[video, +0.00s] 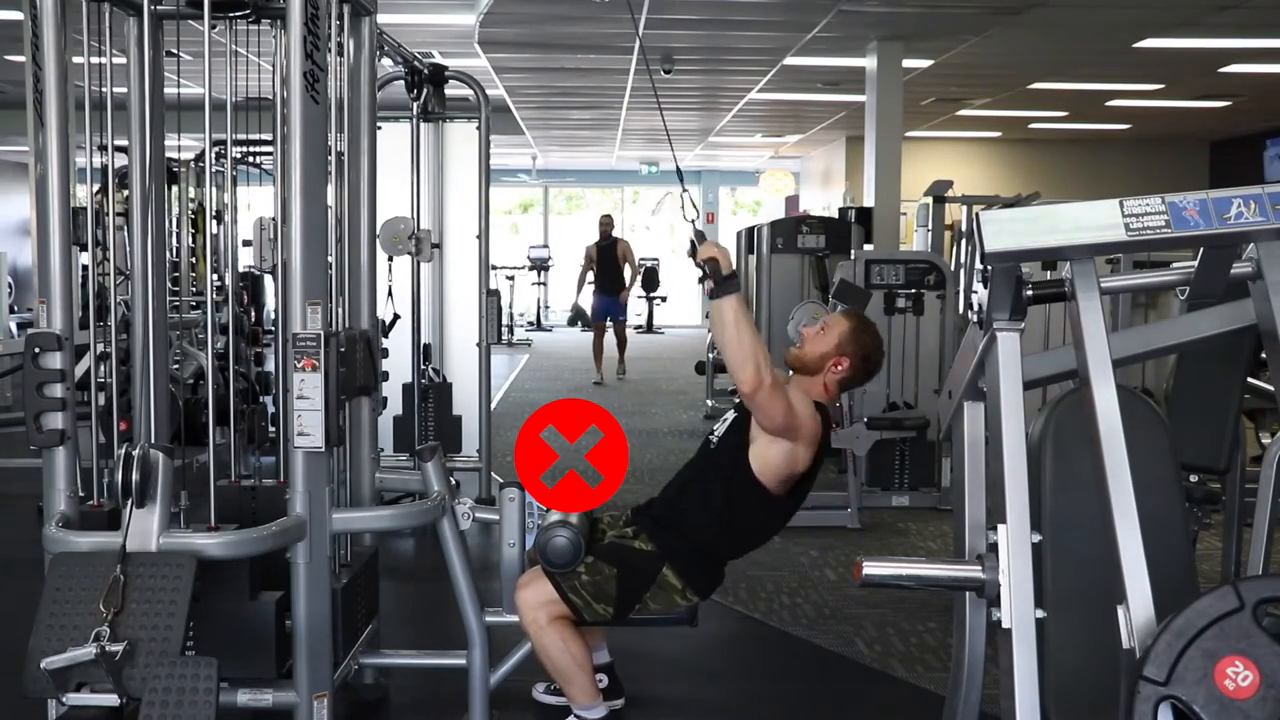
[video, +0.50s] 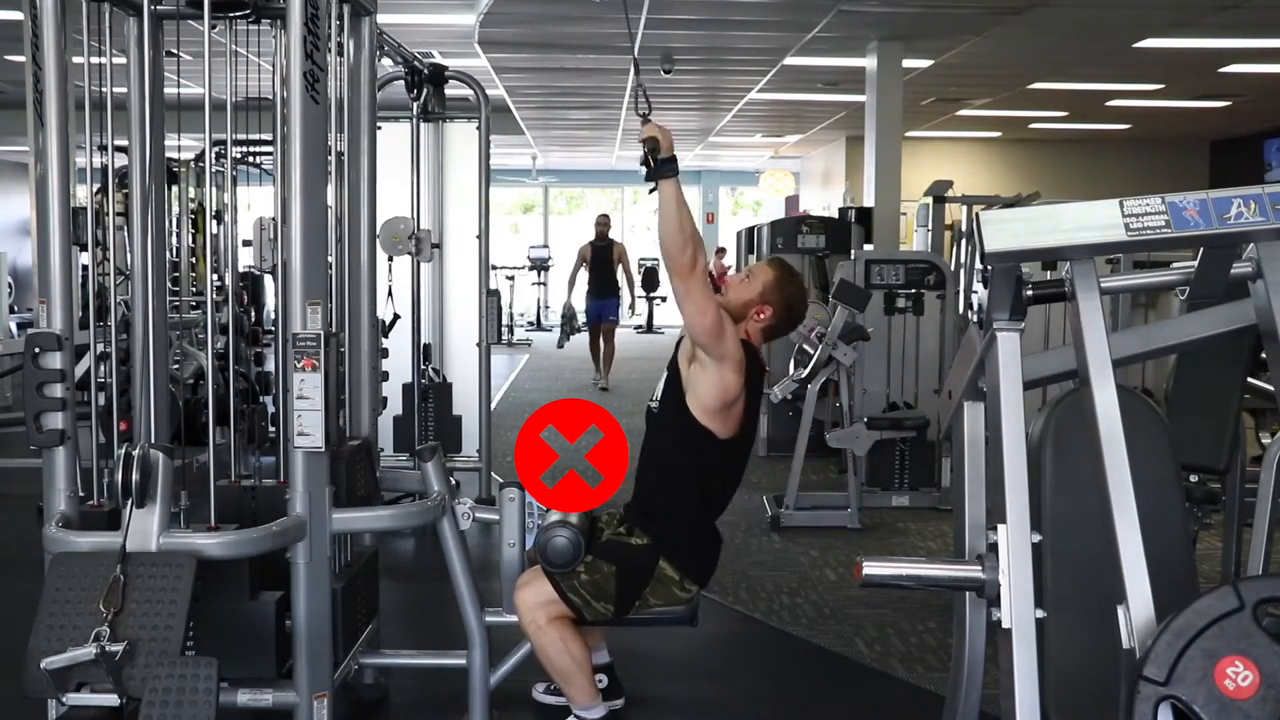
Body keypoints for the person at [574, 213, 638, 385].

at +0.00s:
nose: (604, 228)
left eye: (607, 225)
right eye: (602, 225)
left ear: (613, 226)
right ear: (598, 226)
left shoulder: (622, 245)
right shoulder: (592, 249)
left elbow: (634, 270)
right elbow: (583, 274)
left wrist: (628, 290)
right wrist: (577, 298)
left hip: (618, 296)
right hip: (600, 296)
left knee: (620, 333)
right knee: (598, 334)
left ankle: (621, 361)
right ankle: (598, 372)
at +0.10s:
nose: (602, 226)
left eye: (605, 223)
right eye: (599, 223)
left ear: (610, 225)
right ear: (595, 225)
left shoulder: (620, 244)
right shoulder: (589, 248)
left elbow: (631, 269)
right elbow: (580, 274)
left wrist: (632, 293)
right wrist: (574, 299)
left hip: (616, 296)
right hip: (597, 297)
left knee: (619, 332)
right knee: (597, 334)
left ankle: (618, 358)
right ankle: (598, 372)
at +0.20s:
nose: (601, 226)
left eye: (604, 223)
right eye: (598, 223)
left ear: (609, 225)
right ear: (594, 224)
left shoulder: (619, 244)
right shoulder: (587, 247)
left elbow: (630, 268)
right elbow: (577, 274)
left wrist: (635, 292)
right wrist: (571, 300)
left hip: (615, 296)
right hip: (596, 296)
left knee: (617, 332)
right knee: (596, 334)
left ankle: (615, 366)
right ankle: (598, 372)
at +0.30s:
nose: (600, 227)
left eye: (604, 224)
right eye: (597, 223)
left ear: (608, 226)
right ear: (593, 225)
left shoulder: (618, 245)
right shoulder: (586, 248)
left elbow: (629, 270)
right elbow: (575, 274)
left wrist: (635, 294)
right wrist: (569, 298)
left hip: (613, 295)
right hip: (595, 296)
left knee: (612, 333)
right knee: (596, 334)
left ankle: (612, 373)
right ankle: (599, 373)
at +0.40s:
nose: (600, 228)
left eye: (603, 225)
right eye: (597, 225)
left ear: (608, 227)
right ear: (593, 226)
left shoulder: (618, 247)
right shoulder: (585, 249)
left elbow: (628, 272)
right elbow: (574, 275)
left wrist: (634, 296)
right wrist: (569, 298)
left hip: (612, 298)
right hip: (594, 298)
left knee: (609, 336)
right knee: (596, 337)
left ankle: (605, 372)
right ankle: (600, 372)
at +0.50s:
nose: (601, 228)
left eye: (605, 225)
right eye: (599, 224)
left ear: (610, 227)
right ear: (594, 226)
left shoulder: (618, 248)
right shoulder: (586, 249)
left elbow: (628, 274)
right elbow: (574, 274)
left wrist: (632, 298)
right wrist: (569, 298)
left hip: (611, 298)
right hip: (593, 298)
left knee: (608, 337)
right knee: (594, 337)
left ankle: (605, 376)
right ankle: (597, 370)